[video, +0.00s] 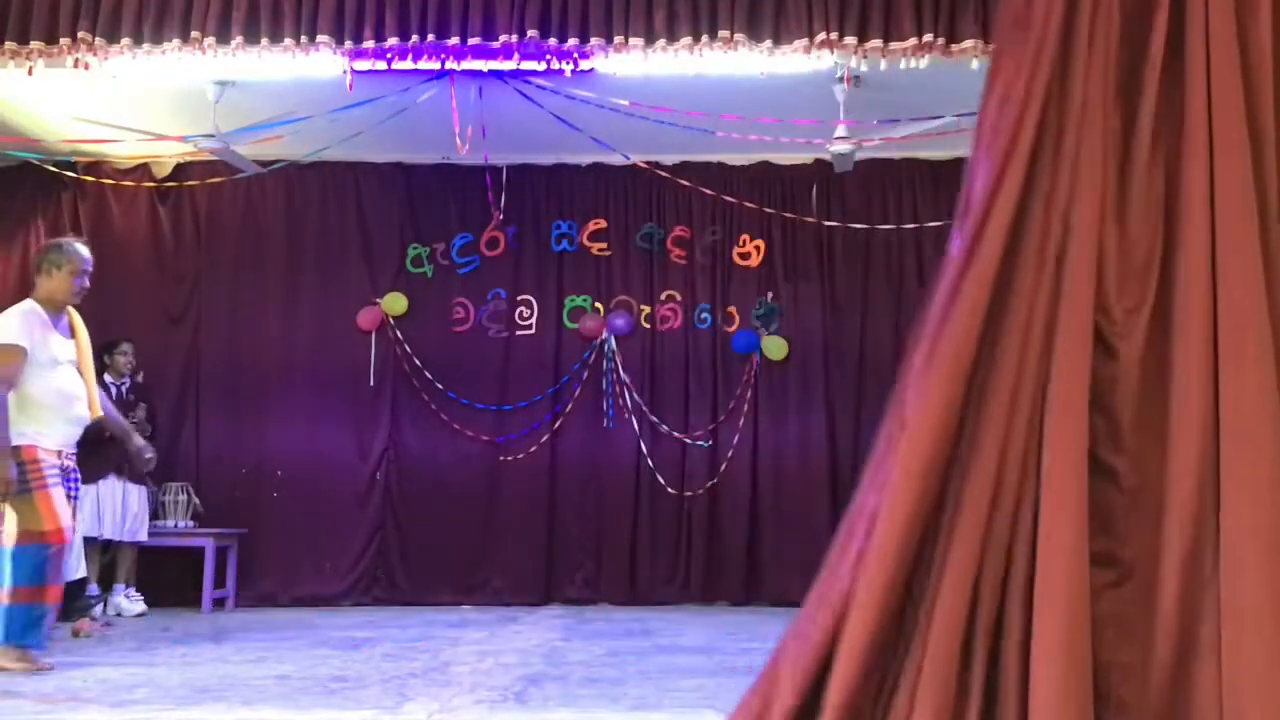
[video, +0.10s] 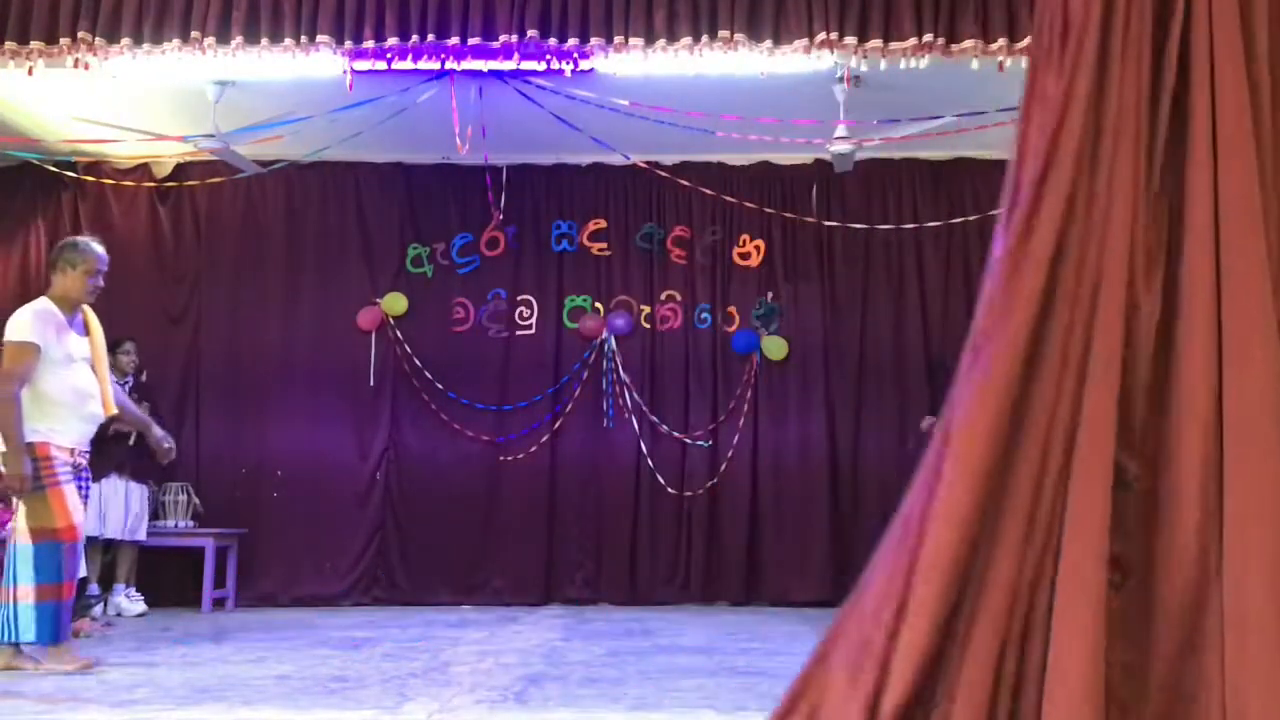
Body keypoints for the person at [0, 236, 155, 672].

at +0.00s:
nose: (85, 284)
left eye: (88, 276)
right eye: (78, 275)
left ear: (79, 279)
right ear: (47, 272)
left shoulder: (70, 324)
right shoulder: (19, 319)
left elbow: (86, 393)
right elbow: (4, 385)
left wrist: (128, 436)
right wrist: (3, 455)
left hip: (62, 449)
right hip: (27, 446)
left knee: (49, 539)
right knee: (55, 533)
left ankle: (23, 642)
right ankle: (16, 643)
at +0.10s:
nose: (100, 284)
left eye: (102, 276)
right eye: (93, 275)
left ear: (91, 277)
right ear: (63, 271)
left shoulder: (85, 325)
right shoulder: (33, 318)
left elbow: (104, 388)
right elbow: (8, 389)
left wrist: (149, 427)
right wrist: (13, 456)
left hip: (73, 453)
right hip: (41, 449)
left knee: (40, 542)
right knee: (68, 532)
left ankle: (16, 643)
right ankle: (49, 641)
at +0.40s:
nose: (156, 292)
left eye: (159, 284)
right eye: (149, 282)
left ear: (152, 285)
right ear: (120, 279)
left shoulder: (140, 329)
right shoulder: (85, 325)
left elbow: (150, 399)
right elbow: (63, 396)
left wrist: (178, 444)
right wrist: (63, 464)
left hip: (115, 456)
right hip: (85, 452)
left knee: (61, 551)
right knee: (110, 546)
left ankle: (15, 638)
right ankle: (114, 651)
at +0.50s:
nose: (177, 299)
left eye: (181, 290)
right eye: (172, 288)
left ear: (167, 289)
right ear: (142, 281)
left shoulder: (152, 331)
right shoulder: (108, 325)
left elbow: (154, 400)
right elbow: (88, 397)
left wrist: (174, 453)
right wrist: (88, 465)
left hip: (131, 455)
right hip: (99, 452)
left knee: (105, 549)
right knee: (125, 545)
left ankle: (39, 626)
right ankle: (117, 653)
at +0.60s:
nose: (199, 301)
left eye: (203, 293)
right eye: (192, 291)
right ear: (163, 283)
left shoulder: (173, 334)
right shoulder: (129, 327)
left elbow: (165, 406)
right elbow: (112, 399)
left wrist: (162, 462)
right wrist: (120, 466)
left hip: (152, 456)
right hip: (114, 453)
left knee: (171, 543)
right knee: (133, 543)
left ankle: (121, 639)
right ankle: (115, 653)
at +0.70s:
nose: (223, 296)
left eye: (227, 288)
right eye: (217, 284)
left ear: (218, 286)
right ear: (188, 275)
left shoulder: (192, 326)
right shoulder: (153, 318)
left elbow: (185, 393)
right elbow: (135, 387)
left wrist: (180, 451)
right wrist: (158, 456)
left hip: (172, 448)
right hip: (130, 448)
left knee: (196, 532)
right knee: (128, 542)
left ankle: (158, 633)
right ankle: (112, 648)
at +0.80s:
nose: (246, 289)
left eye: (251, 281)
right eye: (240, 278)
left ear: (241, 280)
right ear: (210, 270)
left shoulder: (217, 321)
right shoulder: (178, 313)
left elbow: (207, 386)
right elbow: (161, 382)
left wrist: (205, 446)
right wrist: (195, 449)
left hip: (197, 446)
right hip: (156, 443)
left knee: (217, 532)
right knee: (135, 538)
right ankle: (113, 644)